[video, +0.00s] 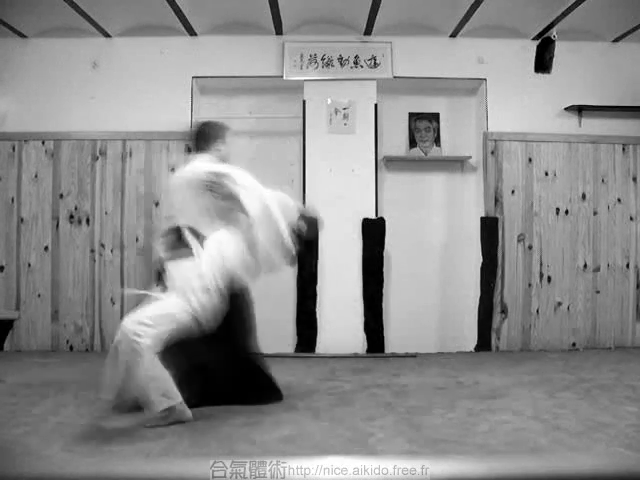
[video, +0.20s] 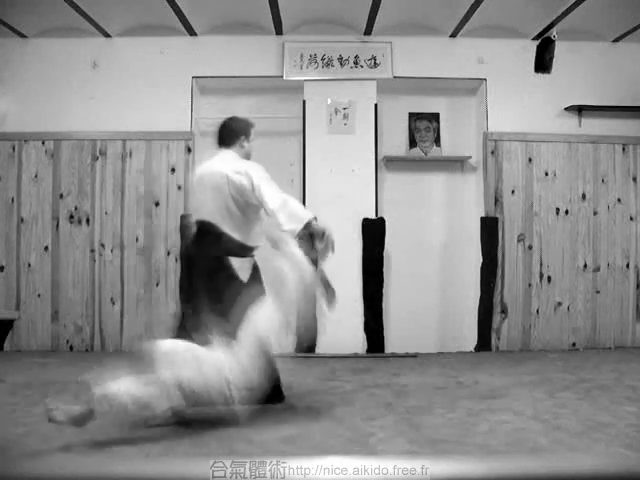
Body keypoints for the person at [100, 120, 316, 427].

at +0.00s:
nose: (228, 148)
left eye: (227, 142)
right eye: (225, 142)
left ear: (195, 144)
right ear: (217, 144)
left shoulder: (184, 174)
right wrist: (294, 213)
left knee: (135, 330)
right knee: (131, 328)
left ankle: (171, 408)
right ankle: (129, 398)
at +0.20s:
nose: (251, 146)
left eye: (251, 140)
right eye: (250, 140)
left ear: (221, 140)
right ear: (242, 141)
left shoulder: (201, 170)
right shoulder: (246, 170)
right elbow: (276, 202)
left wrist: (271, 233)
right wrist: (311, 224)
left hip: (202, 255)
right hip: (236, 258)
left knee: (205, 321)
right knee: (250, 320)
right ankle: (267, 387)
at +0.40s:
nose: (255, 149)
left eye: (254, 142)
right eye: (254, 142)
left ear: (224, 143)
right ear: (245, 142)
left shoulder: (207, 174)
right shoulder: (250, 173)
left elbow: (212, 218)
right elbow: (279, 208)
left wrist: (251, 245)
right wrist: (312, 237)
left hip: (210, 259)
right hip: (241, 261)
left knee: (212, 326)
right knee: (257, 330)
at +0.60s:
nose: (251, 146)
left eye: (250, 140)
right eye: (248, 140)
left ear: (225, 142)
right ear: (235, 141)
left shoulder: (209, 169)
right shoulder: (239, 171)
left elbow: (221, 217)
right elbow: (269, 203)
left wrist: (253, 247)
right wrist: (312, 226)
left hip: (211, 251)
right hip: (236, 255)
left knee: (217, 316)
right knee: (254, 318)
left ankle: (210, 383)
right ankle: (251, 383)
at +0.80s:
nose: (244, 146)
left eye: (243, 141)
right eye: (240, 141)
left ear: (222, 144)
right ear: (225, 144)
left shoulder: (217, 168)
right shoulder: (222, 172)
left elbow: (253, 202)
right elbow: (249, 204)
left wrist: (281, 224)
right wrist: (286, 228)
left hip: (219, 252)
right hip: (227, 256)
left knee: (218, 318)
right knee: (250, 316)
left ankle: (210, 383)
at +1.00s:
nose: (242, 148)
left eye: (241, 143)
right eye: (237, 143)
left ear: (219, 147)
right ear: (221, 146)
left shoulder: (203, 172)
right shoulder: (227, 176)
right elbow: (241, 219)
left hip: (203, 248)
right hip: (226, 252)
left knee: (208, 312)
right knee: (243, 313)